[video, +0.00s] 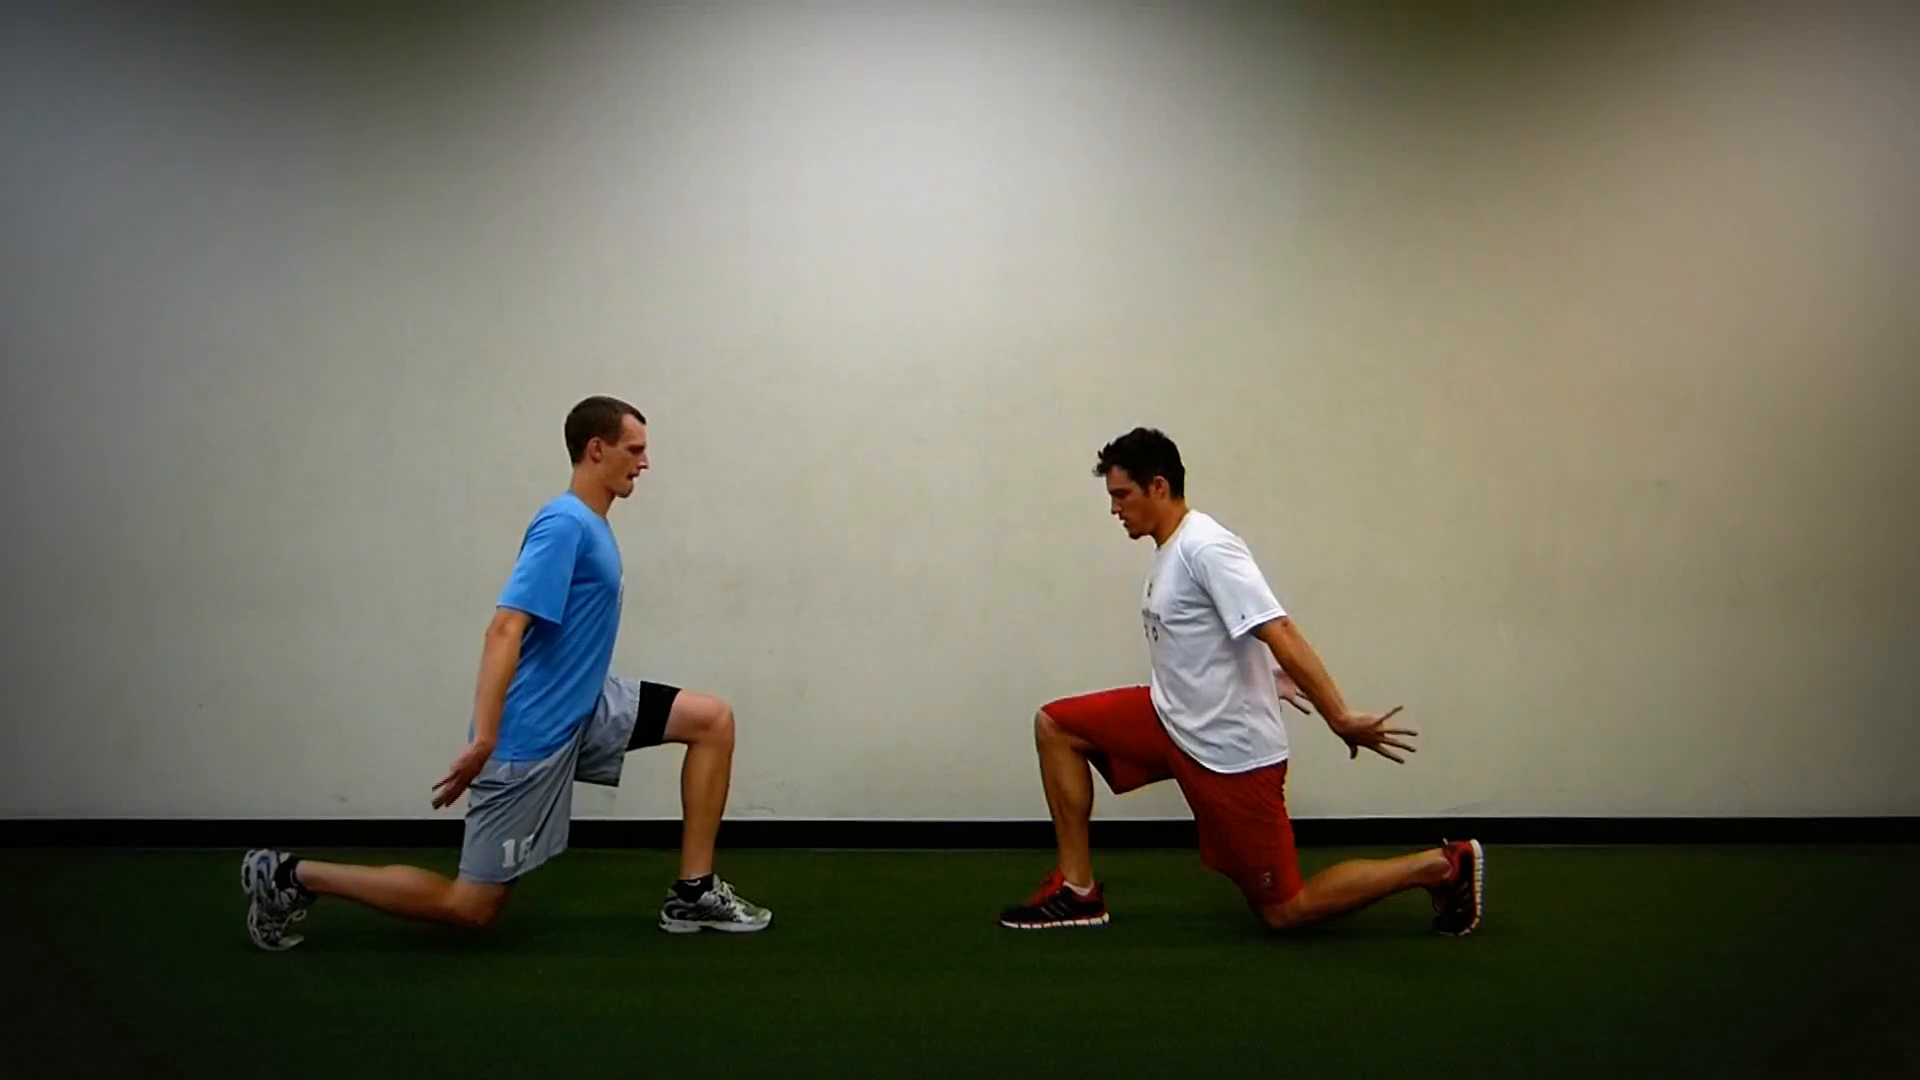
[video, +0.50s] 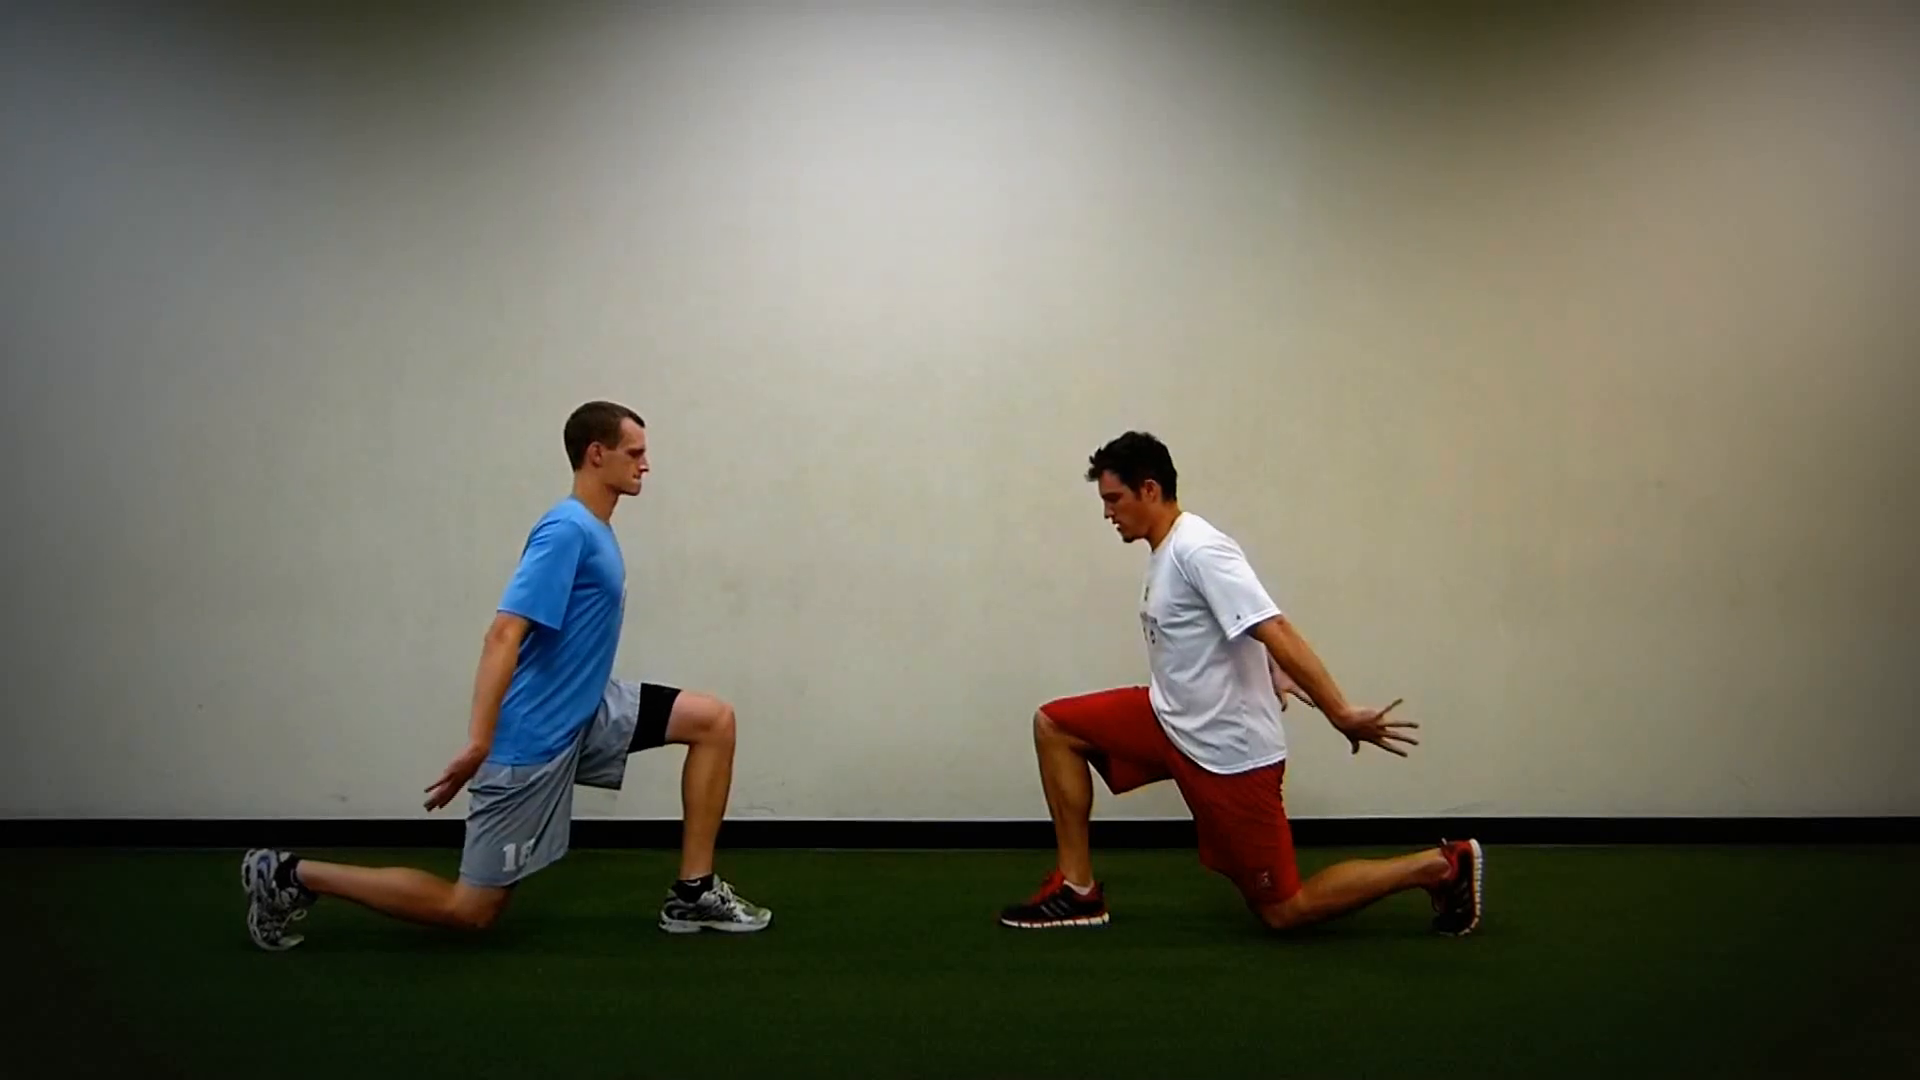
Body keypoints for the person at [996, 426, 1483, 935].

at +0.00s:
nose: (1114, 508)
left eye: (1120, 495)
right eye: (1111, 496)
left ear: (1159, 487)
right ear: (1151, 490)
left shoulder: (1210, 550)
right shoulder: (1173, 549)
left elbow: (1283, 636)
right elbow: (1215, 633)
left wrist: (1340, 718)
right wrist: (1266, 675)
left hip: (1233, 748)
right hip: (1176, 714)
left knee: (1284, 909)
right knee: (1057, 727)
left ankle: (1444, 866)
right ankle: (1077, 888)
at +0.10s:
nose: (1112, 510)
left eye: (1118, 496)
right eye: (1109, 498)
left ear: (1156, 489)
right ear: (1150, 491)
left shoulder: (1208, 550)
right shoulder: (1172, 550)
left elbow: (1281, 636)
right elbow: (1214, 632)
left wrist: (1340, 718)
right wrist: (1265, 673)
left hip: (1233, 748)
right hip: (1176, 715)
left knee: (1284, 909)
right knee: (1057, 727)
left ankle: (1444, 866)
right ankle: (1077, 888)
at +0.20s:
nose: (1110, 511)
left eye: (1116, 498)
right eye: (1107, 499)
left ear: (1154, 490)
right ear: (1149, 491)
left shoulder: (1206, 551)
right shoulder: (1171, 551)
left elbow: (1281, 637)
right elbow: (1214, 633)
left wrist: (1340, 716)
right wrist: (1265, 674)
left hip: (1232, 748)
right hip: (1176, 715)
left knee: (1284, 910)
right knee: (1056, 728)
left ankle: (1444, 866)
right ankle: (1077, 888)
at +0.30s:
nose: (1109, 512)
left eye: (1114, 498)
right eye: (1106, 500)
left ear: (1153, 490)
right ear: (1148, 492)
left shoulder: (1205, 551)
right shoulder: (1170, 551)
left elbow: (1280, 636)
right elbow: (1215, 631)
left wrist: (1340, 715)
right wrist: (1265, 672)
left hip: (1232, 748)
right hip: (1175, 715)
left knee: (1283, 910)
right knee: (1056, 728)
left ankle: (1443, 866)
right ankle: (1077, 888)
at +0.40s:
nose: (1108, 512)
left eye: (1114, 498)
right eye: (1105, 500)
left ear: (1152, 490)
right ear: (1147, 491)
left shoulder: (1204, 551)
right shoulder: (1170, 551)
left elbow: (1279, 634)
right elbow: (1215, 629)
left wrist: (1340, 715)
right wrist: (1263, 672)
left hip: (1232, 748)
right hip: (1175, 715)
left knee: (1283, 910)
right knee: (1056, 727)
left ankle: (1443, 866)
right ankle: (1077, 888)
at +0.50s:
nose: (1107, 512)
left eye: (1112, 499)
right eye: (1104, 500)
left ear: (1150, 491)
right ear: (1145, 492)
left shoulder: (1203, 551)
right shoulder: (1169, 550)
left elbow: (1278, 633)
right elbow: (1220, 625)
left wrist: (1341, 713)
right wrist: (1264, 670)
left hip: (1232, 748)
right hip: (1175, 715)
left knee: (1283, 910)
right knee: (1056, 727)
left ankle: (1443, 866)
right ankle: (1077, 888)